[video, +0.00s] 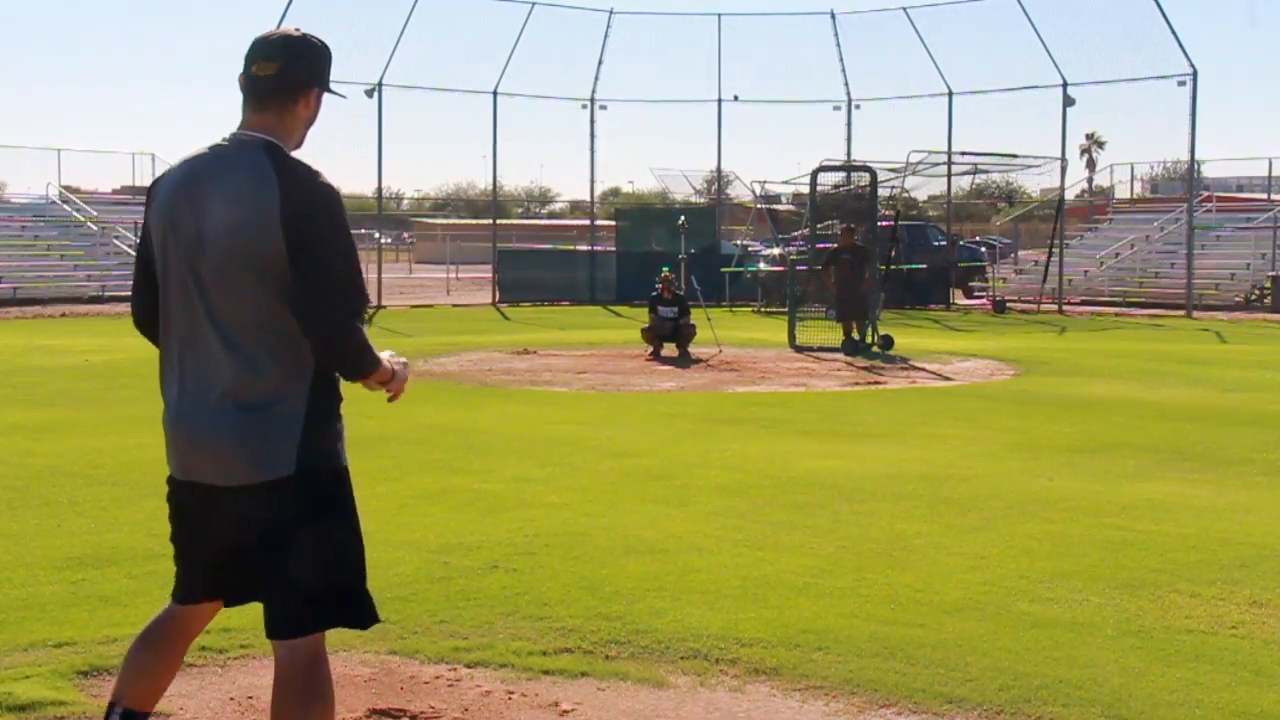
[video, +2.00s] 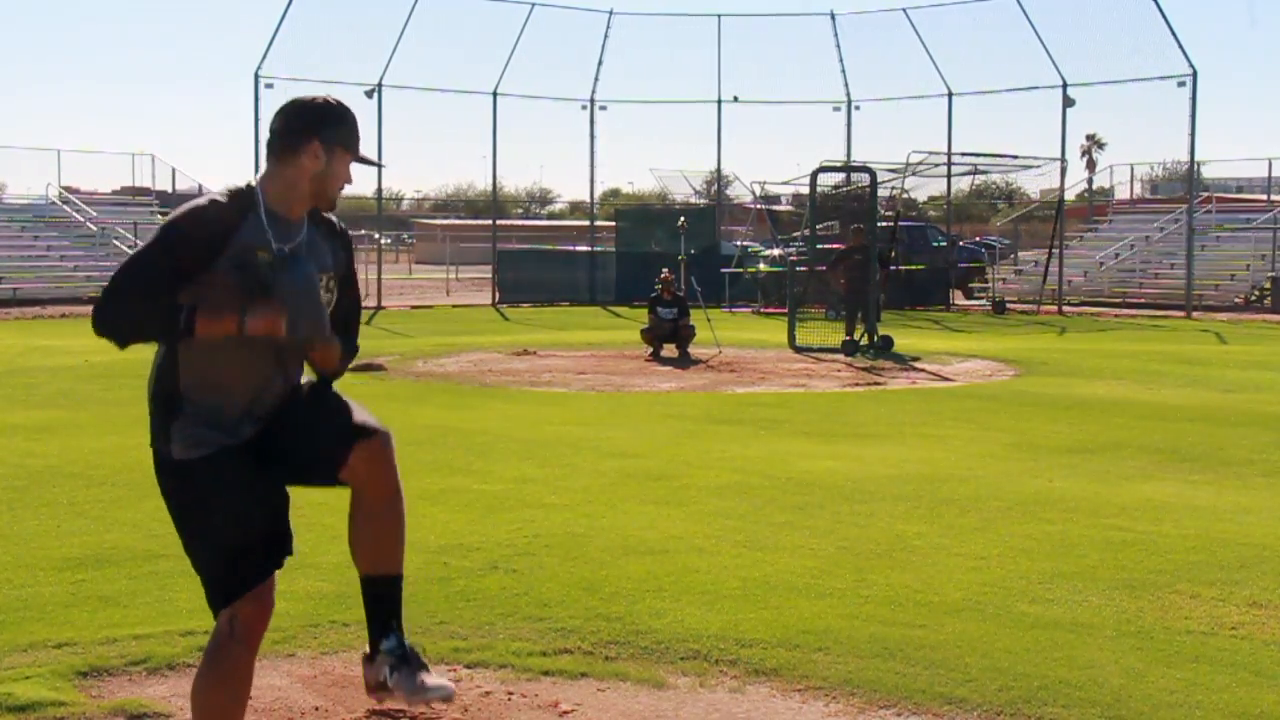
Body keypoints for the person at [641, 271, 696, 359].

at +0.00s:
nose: (667, 286)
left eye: (670, 282)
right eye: (665, 282)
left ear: (674, 284)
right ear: (661, 284)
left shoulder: (680, 298)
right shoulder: (654, 298)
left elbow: (686, 318)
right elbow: (652, 317)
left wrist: (673, 323)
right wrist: (663, 324)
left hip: (676, 327)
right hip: (660, 327)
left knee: (690, 329)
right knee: (646, 331)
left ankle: (683, 349)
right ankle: (656, 348)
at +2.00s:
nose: (667, 286)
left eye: (670, 283)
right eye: (664, 284)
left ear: (673, 285)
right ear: (661, 285)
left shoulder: (680, 299)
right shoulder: (654, 299)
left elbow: (685, 319)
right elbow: (651, 318)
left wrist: (674, 325)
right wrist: (663, 325)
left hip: (676, 328)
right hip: (660, 329)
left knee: (689, 329)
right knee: (645, 333)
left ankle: (682, 349)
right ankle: (656, 347)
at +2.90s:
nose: (667, 286)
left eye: (669, 283)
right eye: (664, 284)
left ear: (673, 284)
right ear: (660, 285)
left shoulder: (679, 299)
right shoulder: (654, 299)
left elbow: (685, 317)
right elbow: (649, 314)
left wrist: (675, 317)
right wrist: (652, 320)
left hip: (675, 325)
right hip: (660, 325)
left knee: (688, 330)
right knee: (648, 331)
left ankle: (683, 349)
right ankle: (656, 348)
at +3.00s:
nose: (664, 288)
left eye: (666, 285)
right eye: (661, 285)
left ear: (670, 286)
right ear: (658, 286)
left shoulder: (676, 299)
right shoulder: (653, 300)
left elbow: (682, 313)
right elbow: (649, 316)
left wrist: (672, 312)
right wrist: (648, 322)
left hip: (675, 324)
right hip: (660, 324)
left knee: (689, 330)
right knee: (649, 330)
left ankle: (683, 349)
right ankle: (656, 348)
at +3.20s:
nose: (658, 294)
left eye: (660, 291)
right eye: (655, 292)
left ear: (665, 291)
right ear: (651, 293)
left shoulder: (673, 302)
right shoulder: (651, 305)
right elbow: (651, 319)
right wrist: (653, 323)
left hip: (674, 330)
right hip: (660, 330)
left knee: (689, 329)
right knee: (651, 331)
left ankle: (684, 350)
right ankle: (656, 349)